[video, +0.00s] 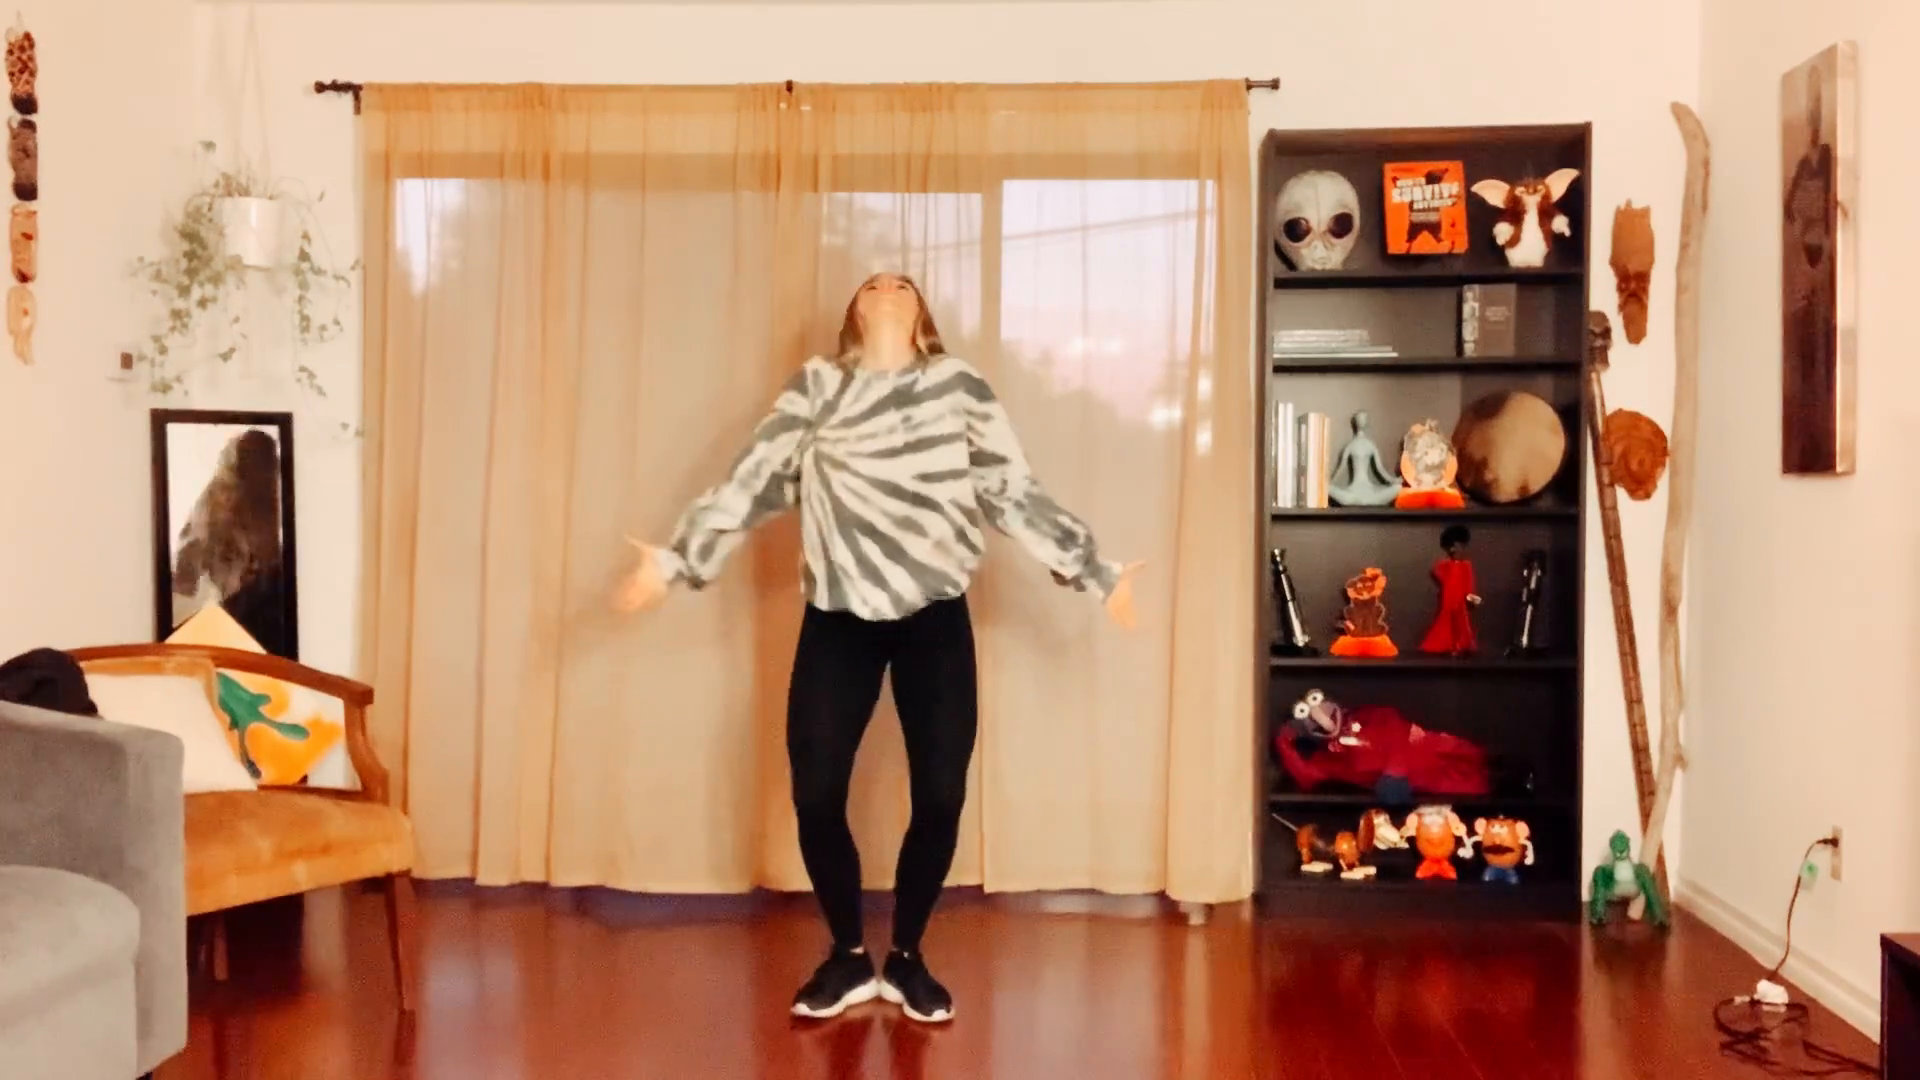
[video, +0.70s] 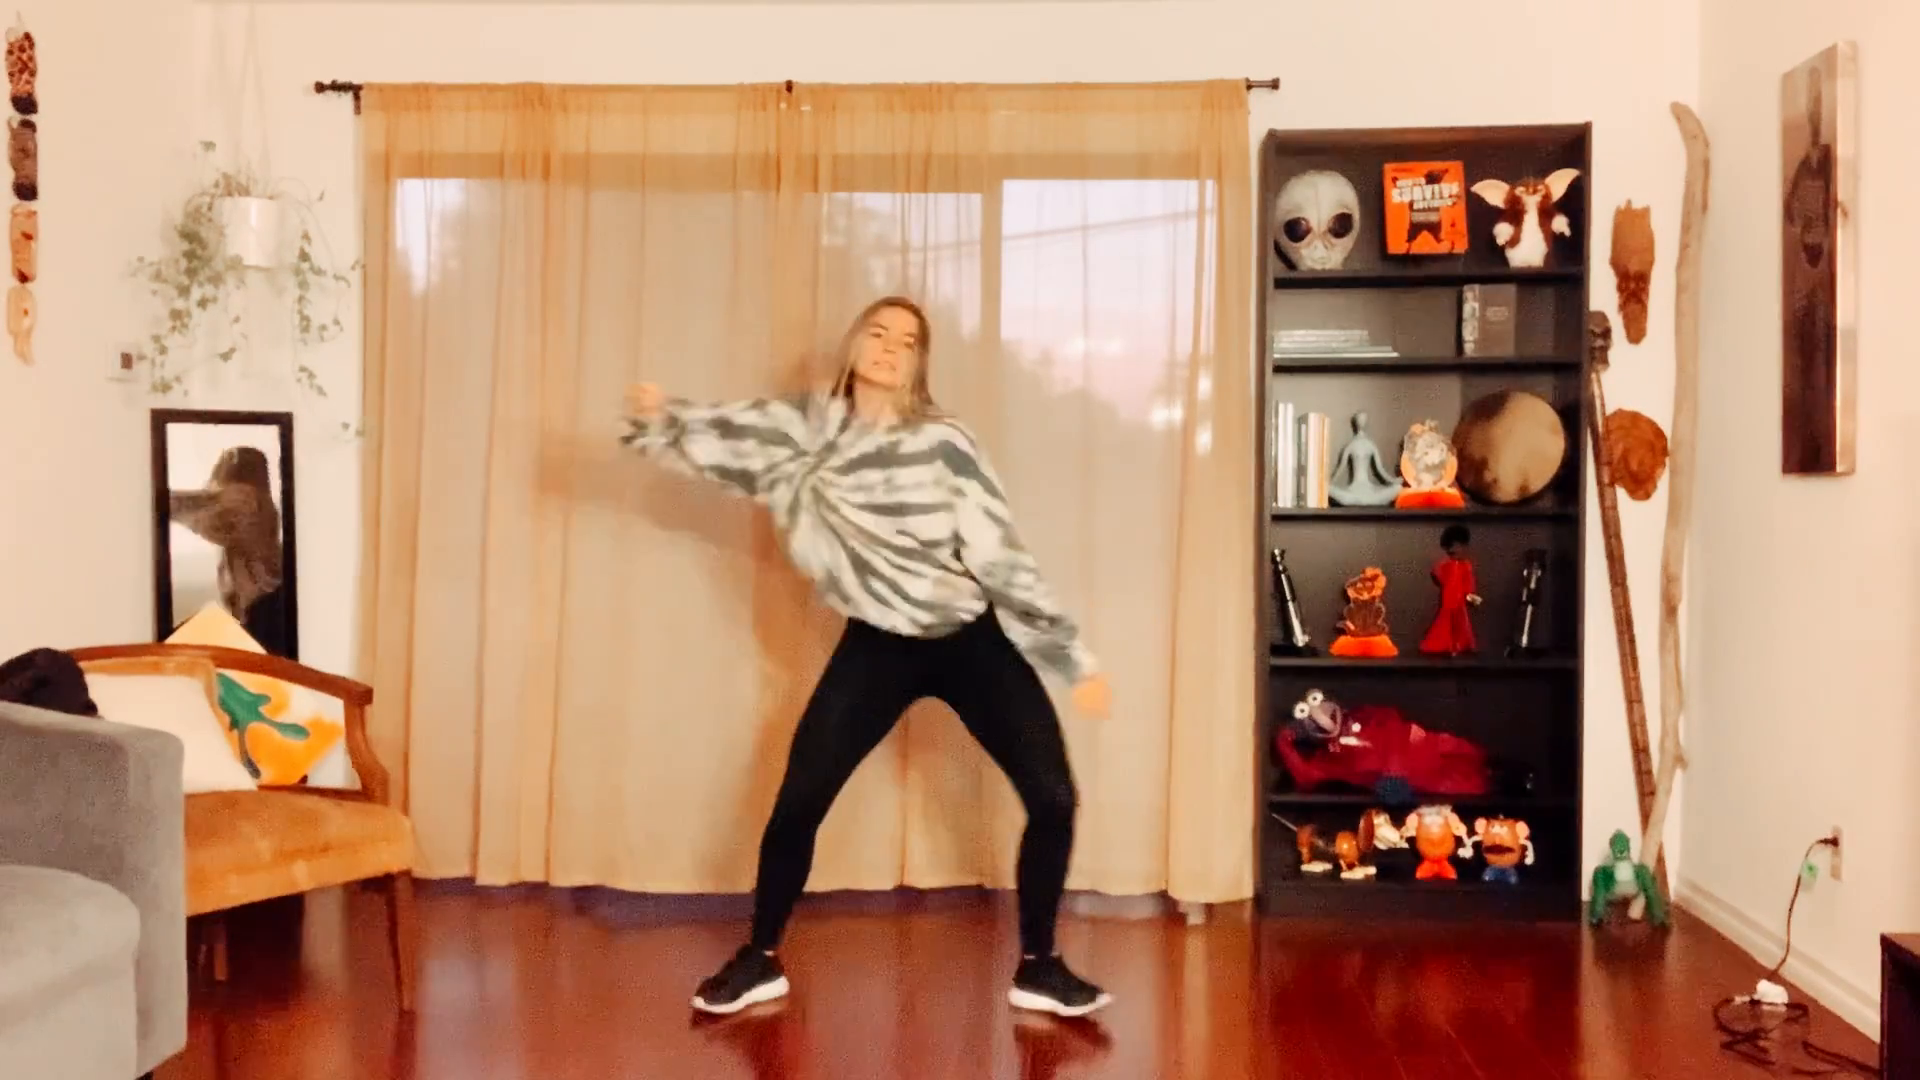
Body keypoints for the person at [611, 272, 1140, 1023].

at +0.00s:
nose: (885, 287)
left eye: (901, 286)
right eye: (871, 285)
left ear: (923, 323)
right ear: (851, 323)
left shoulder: (958, 386)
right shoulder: (820, 386)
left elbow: (1013, 492)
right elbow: (751, 479)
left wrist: (1096, 569)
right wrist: (674, 558)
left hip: (934, 615)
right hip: (839, 616)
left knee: (941, 797)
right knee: (815, 795)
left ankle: (905, 959)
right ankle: (849, 958)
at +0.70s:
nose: (889, 347)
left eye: (906, 343)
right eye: (878, 333)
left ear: (920, 367)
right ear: (849, 347)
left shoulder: (946, 446)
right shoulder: (807, 427)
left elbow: (1002, 560)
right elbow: (729, 438)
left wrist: (1073, 658)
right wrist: (667, 421)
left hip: (974, 640)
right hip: (878, 641)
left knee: (1054, 799)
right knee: (798, 800)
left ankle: (1038, 967)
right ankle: (760, 958)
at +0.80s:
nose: (952, 347)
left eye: (964, 339)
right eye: (937, 334)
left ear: (979, 357)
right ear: (906, 348)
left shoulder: (1007, 449)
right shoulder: (866, 430)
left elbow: (1072, 549)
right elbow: (792, 467)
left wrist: (1152, 605)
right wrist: (717, 456)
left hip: (987, 653)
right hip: (888, 648)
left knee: (1086, 800)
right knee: (801, 796)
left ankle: (1049, 969)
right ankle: (755, 955)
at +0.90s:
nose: (1018, 347)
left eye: (1033, 341)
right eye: (1004, 338)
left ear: (1054, 368)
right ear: (977, 359)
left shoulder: (1084, 462)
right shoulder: (934, 442)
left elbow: (1185, 508)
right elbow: (863, 522)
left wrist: (1303, 512)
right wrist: (800, 574)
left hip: (1002, 662)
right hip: (902, 647)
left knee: (1106, 805)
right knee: (807, 797)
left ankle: (1051, 969)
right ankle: (752, 955)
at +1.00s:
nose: (1055, 359)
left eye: (1070, 350)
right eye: (1040, 351)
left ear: (1091, 376)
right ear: (1021, 375)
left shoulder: (1129, 463)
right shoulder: (983, 459)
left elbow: (1236, 454)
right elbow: (925, 549)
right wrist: (865, 624)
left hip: (1028, 668)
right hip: (930, 650)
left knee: (1129, 817)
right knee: (831, 801)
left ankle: (1054, 972)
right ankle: (760, 954)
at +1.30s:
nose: (1108, 375)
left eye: (1118, 364)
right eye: (1089, 366)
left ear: (1132, 376)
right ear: (1059, 384)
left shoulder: (1176, 442)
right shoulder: (1034, 481)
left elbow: (1277, 435)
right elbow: (973, 597)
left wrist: (1242, 364)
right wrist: (924, 700)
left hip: (1121, 668)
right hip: (1025, 657)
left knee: (1139, 858)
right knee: (932, 820)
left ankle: (1082, 956)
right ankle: (877, 945)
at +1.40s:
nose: (1119, 373)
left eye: (1127, 362)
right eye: (1102, 363)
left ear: (1139, 375)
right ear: (1069, 376)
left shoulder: (1176, 463)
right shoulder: (1043, 473)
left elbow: (1272, 433)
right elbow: (988, 565)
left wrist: (1212, 413)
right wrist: (935, 650)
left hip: (1143, 661)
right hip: (1050, 656)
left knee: (1123, 847)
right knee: (998, 829)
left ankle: (1087, 957)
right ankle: (981, 952)